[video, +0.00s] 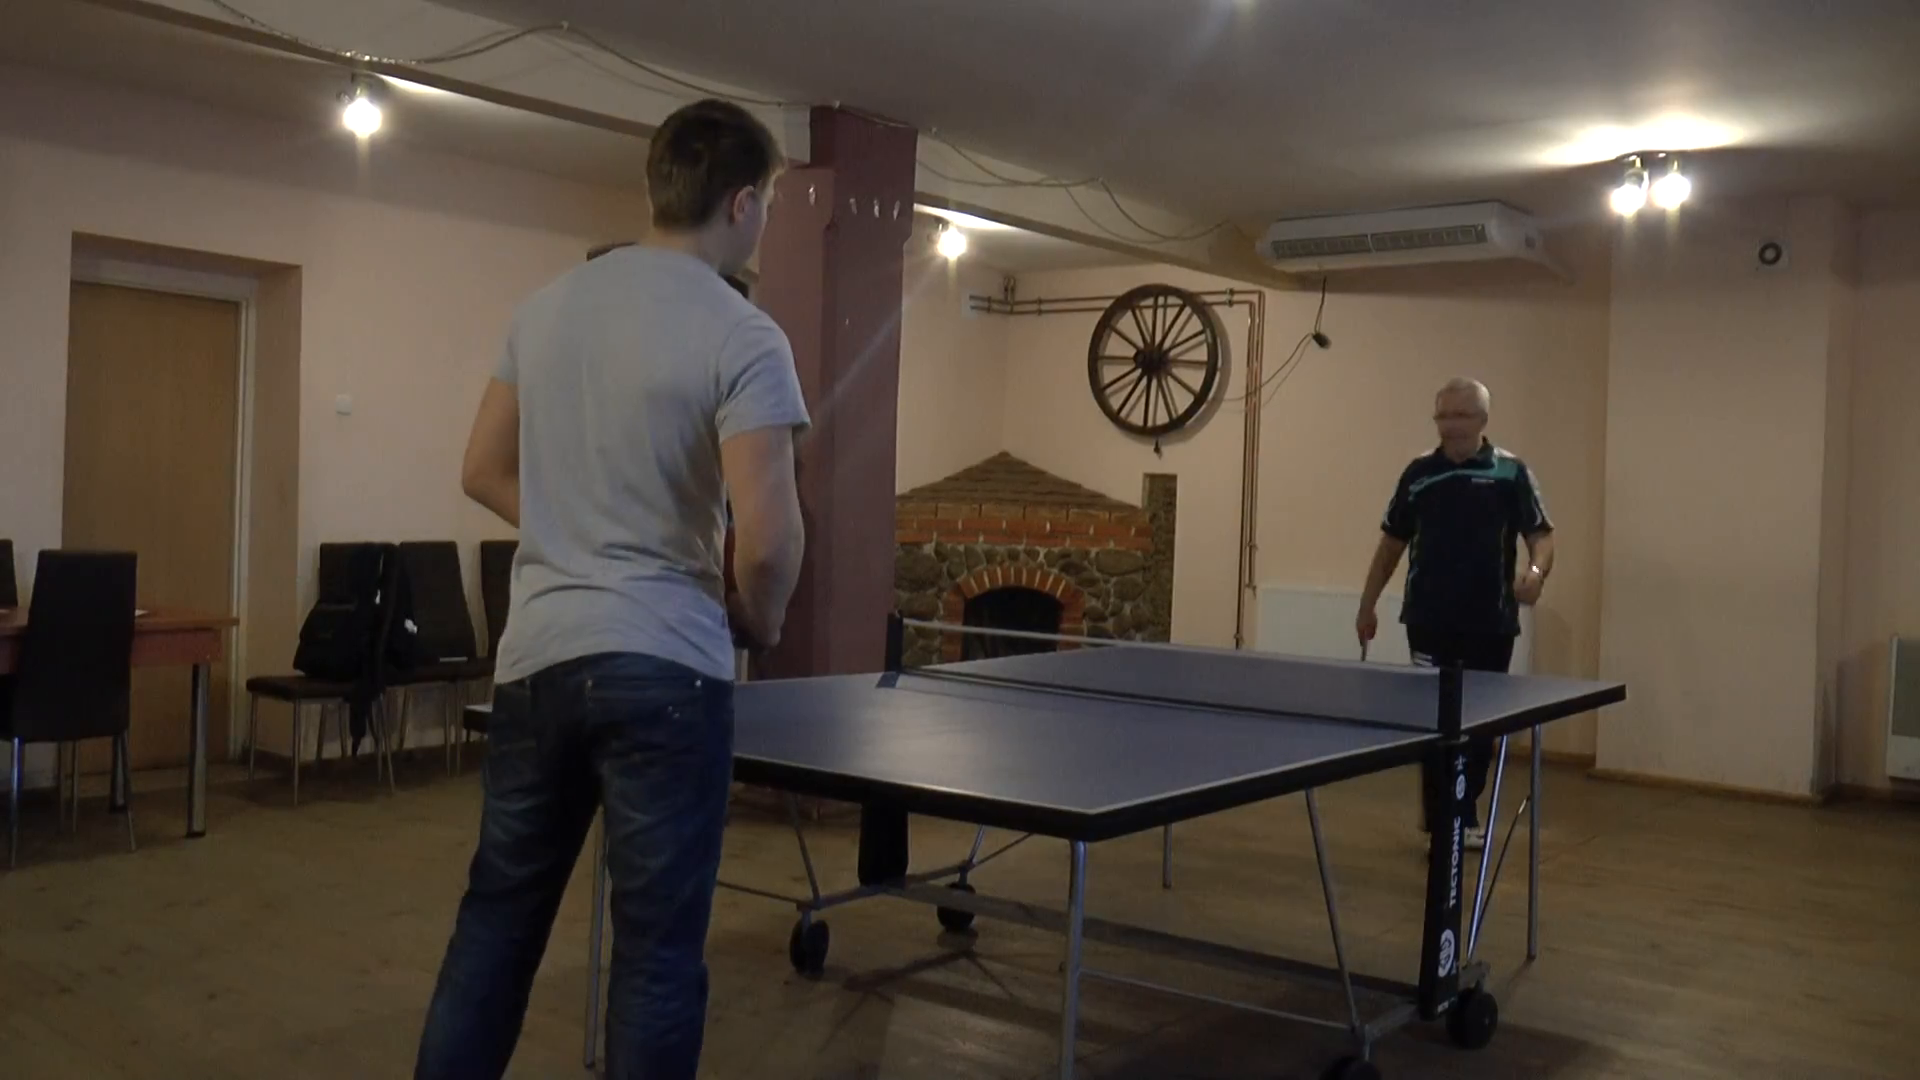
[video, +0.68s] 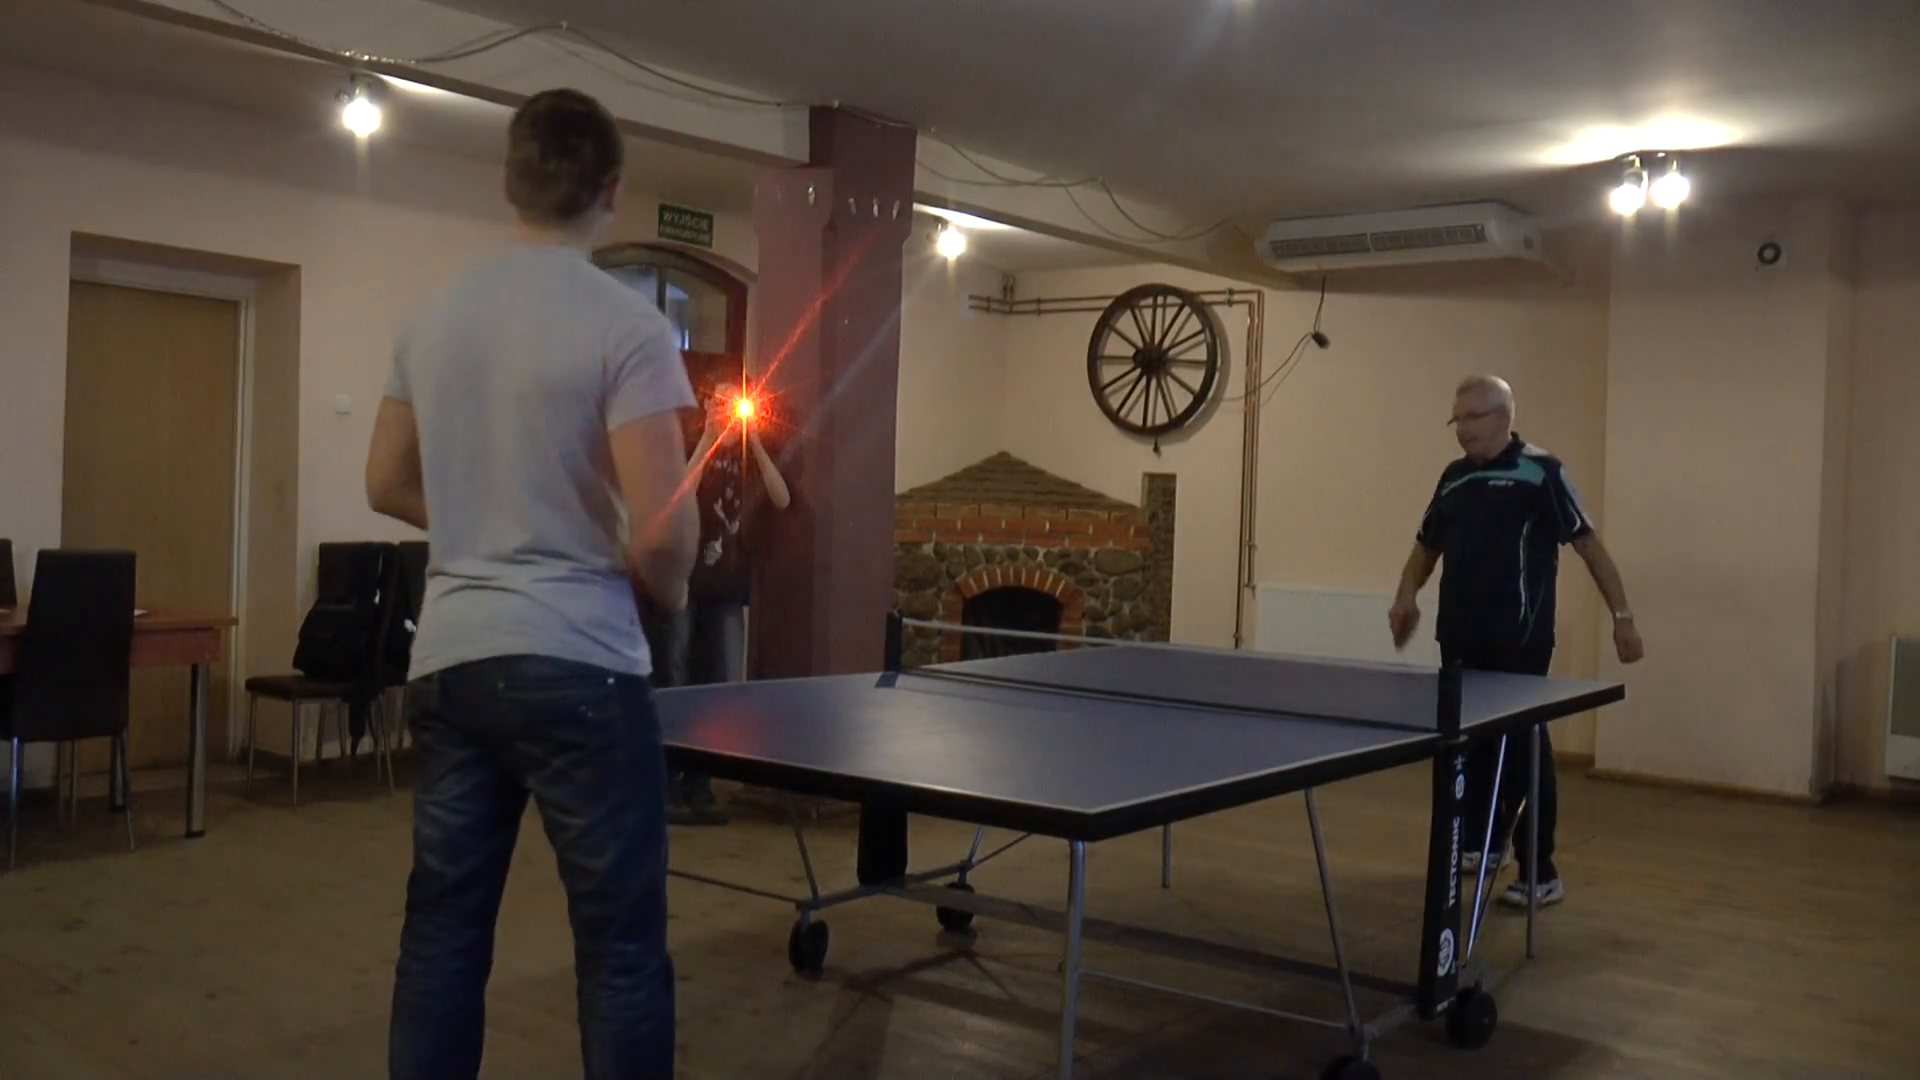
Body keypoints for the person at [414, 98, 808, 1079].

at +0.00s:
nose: (764, 218)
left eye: (768, 201)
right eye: (765, 199)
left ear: (653, 192)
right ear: (740, 200)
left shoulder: (546, 307)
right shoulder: (740, 331)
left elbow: (487, 471)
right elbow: (765, 540)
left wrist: (577, 533)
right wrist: (758, 623)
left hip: (535, 651)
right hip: (664, 657)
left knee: (496, 919)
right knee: (658, 945)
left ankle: (446, 1072)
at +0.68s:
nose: (618, 196)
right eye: (620, 183)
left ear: (506, 185)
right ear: (611, 193)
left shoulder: (435, 315)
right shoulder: (630, 323)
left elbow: (389, 481)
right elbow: (658, 532)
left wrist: (490, 524)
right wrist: (664, 592)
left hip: (449, 652)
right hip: (577, 657)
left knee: (441, 928)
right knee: (620, 939)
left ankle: (425, 1074)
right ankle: (628, 1074)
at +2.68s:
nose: (568, 228)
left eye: (572, 213)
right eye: (569, 211)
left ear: (460, 203)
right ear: (545, 204)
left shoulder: (365, 309)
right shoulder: (568, 308)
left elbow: (283, 488)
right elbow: (702, 472)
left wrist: (359, 560)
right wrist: (679, 538)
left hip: (364, 662)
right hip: (506, 662)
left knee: (352, 941)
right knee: (564, 948)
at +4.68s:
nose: (685, 224)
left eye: (686, 207)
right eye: (686, 206)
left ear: (581, 195)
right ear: (663, 203)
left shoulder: (470, 299)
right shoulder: (672, 318)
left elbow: (404, 471)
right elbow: (715, 525)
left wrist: (443, 612)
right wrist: (721, 656)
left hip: (456, 649)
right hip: (591, 650)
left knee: (450, 912)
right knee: (593, 933)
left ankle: (434, 1070)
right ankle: (585, 1075)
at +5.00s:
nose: (616, 230)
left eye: (620, 214)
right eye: (616, 212)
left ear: (511, 203)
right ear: (587, 203)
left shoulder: (423, 322)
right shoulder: (593, 309)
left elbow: (400, 506)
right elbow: (628, 500)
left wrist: (449, 617)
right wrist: (666, 674)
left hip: (429, 651)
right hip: (550, 653)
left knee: (437, 910)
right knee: (622, 912)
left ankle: (419, 1071)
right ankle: (604, 1073)